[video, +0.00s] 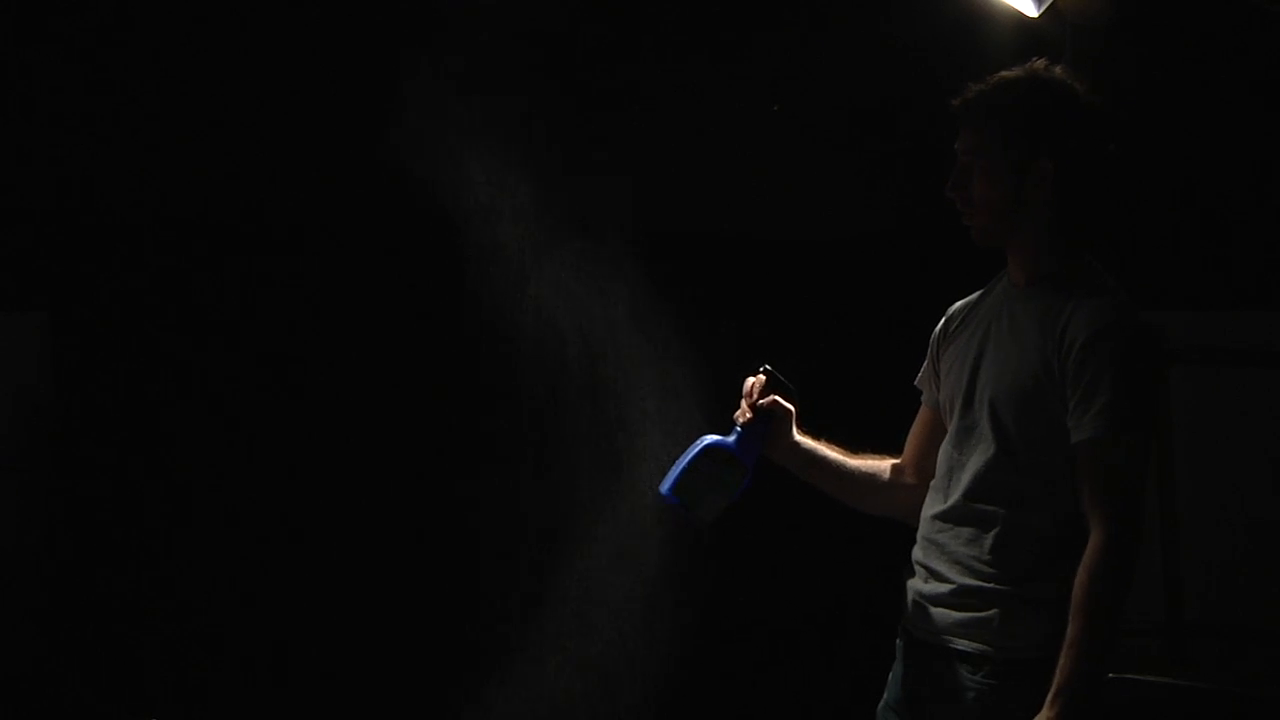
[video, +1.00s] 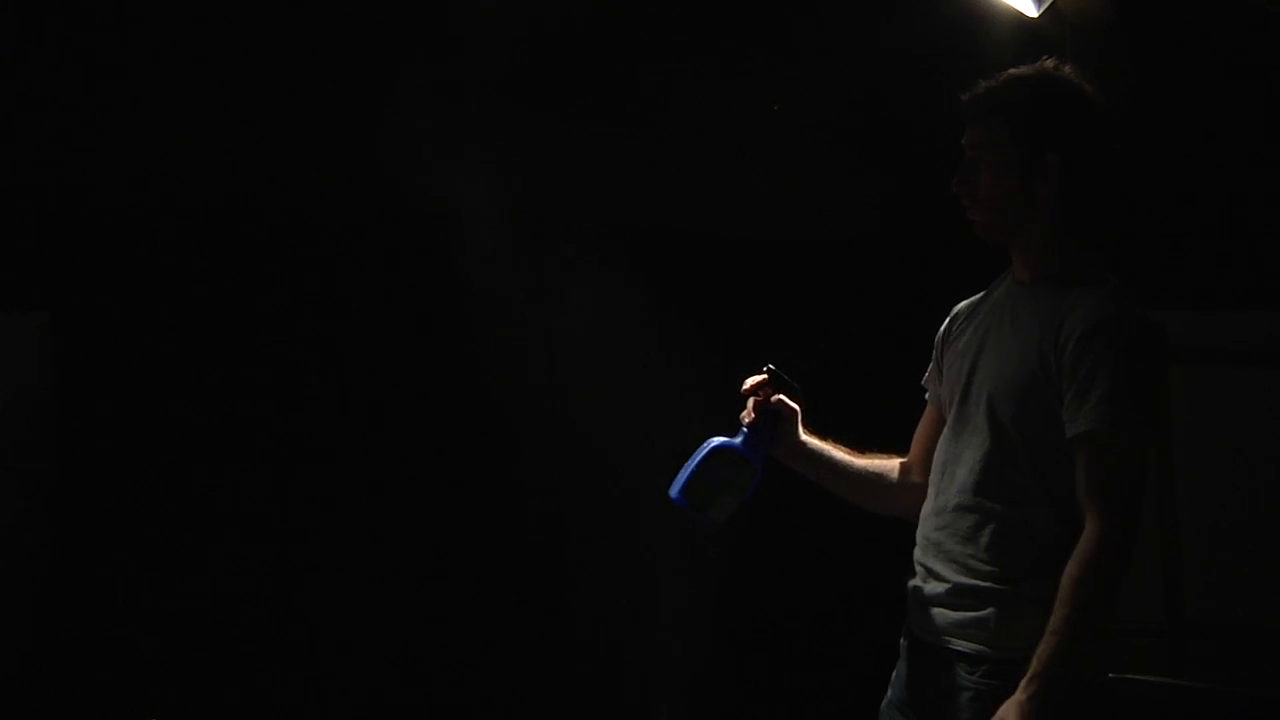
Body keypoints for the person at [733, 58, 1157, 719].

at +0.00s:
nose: (955, 185)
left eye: (976, 164)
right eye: (959, 163)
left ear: (1037, 174)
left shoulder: (1096, 324)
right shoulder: (962, 322)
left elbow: (1112, 529)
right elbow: (912, 486)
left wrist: (1062, 698)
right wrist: (791, 443)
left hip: (1013, 663)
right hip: (923, 646)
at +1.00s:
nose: (963, 180)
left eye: (983, 159)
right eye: (967, 159)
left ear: (1044, 171)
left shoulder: (1097, 323)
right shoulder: (966, 321)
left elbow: (1108, 526)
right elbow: (914, 485)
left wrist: (1035, 692)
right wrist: (797, 443)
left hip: (1011, 668)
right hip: (925, 648)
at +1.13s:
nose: (1122, 324)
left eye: (1145, 306)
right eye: (1123, 305)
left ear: (1202, 319)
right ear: (1121, 320)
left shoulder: (1258, 459)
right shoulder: (1088, 456)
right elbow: (930, 520)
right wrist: (806, 453)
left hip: (1233, 699)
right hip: (1117, 700)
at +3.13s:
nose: (1119, 316)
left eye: (1142, 299)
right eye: (1123, 297)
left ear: (1202, 319)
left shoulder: (1258, 459)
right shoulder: (1088, 456)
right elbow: (933, 519)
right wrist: (811, 449)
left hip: (1233, 702)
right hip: (1118, 702)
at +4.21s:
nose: (1121, 330)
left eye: (1143, 312)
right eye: (1125, 312)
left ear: (1199, 330)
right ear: (1125, 332)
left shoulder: (1256, 463)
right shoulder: (1087, 468)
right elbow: (933, 531)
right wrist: (814, 460)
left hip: (1238, 700)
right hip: (1121, 702)